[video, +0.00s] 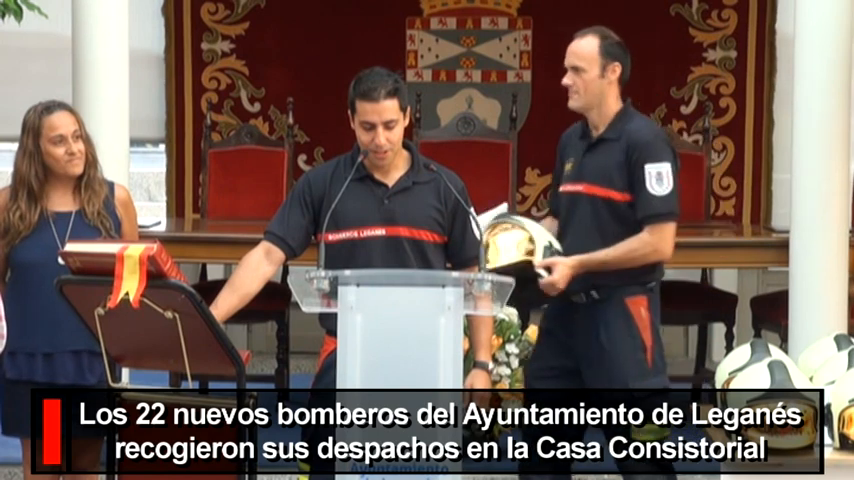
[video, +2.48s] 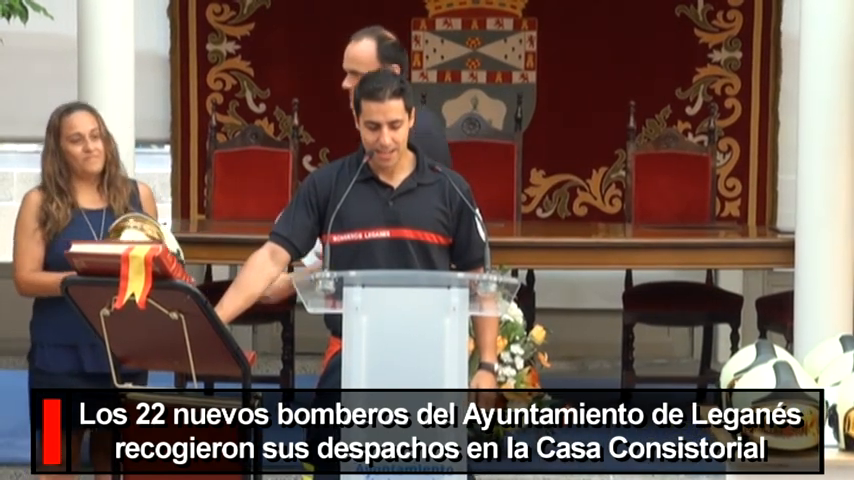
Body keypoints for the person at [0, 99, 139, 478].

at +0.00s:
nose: (74, 148)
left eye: (78, 136)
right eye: (59, 141)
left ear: (86, 139)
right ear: (36, 150)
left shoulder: (115, 199)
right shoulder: (11, 204)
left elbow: (133, 279)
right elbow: (2, 280)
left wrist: (126, 350)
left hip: (92, 362)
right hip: (28, 362)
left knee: (86, 467)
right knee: (41, 469)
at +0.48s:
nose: (76, 147)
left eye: (80, 136)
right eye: (61, 141)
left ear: (87, 139)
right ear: (37, 150)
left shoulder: (117, 199)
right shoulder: (10, 204)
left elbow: (135, 278)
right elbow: (3, 279)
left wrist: (128, 348)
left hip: (94, 361)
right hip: (30, 361)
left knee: (88, 466)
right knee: (42, 468)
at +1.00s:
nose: (92, 150)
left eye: (91, 139)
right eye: (80, 142)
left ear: (94, 140)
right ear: (50, 150)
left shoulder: (113, 194)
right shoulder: (17, 203)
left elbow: (130, 268)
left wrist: (132, 341)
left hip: (97, 347)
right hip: (36, 349)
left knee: (97, 461)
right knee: (46, 464)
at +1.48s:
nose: (106, 146)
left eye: (107, 137)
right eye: (92, 141)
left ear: (112, 138)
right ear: (65, 149)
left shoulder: (130, 192)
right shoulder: (48, 199)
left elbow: (153, 256)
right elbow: (70, 271)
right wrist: (139, 268)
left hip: (123, 341)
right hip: (67, 342)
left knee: (114, 450)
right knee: (65, 455)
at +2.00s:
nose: (113, 145)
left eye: (117, 135)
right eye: (99, 140)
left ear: (127, 138)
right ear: (80, 150)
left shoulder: (155, 195)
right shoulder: (64, 196)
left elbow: (165, 267)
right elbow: (56, 274)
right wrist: (114, 302)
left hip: (137, 338)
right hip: (75, 337)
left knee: (123, 452)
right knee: (76, 452)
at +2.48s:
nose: (91, 146)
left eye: (97, 136)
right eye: (77, 139)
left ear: (106, 140)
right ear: (58, 149)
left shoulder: (138, 195)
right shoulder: (40, 201)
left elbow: (154, 267)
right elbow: (25, 279)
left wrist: (117, 276)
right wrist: (88, 281)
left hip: (121, 353)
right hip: (59, 352)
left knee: (114, 461)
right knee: (56, 465)